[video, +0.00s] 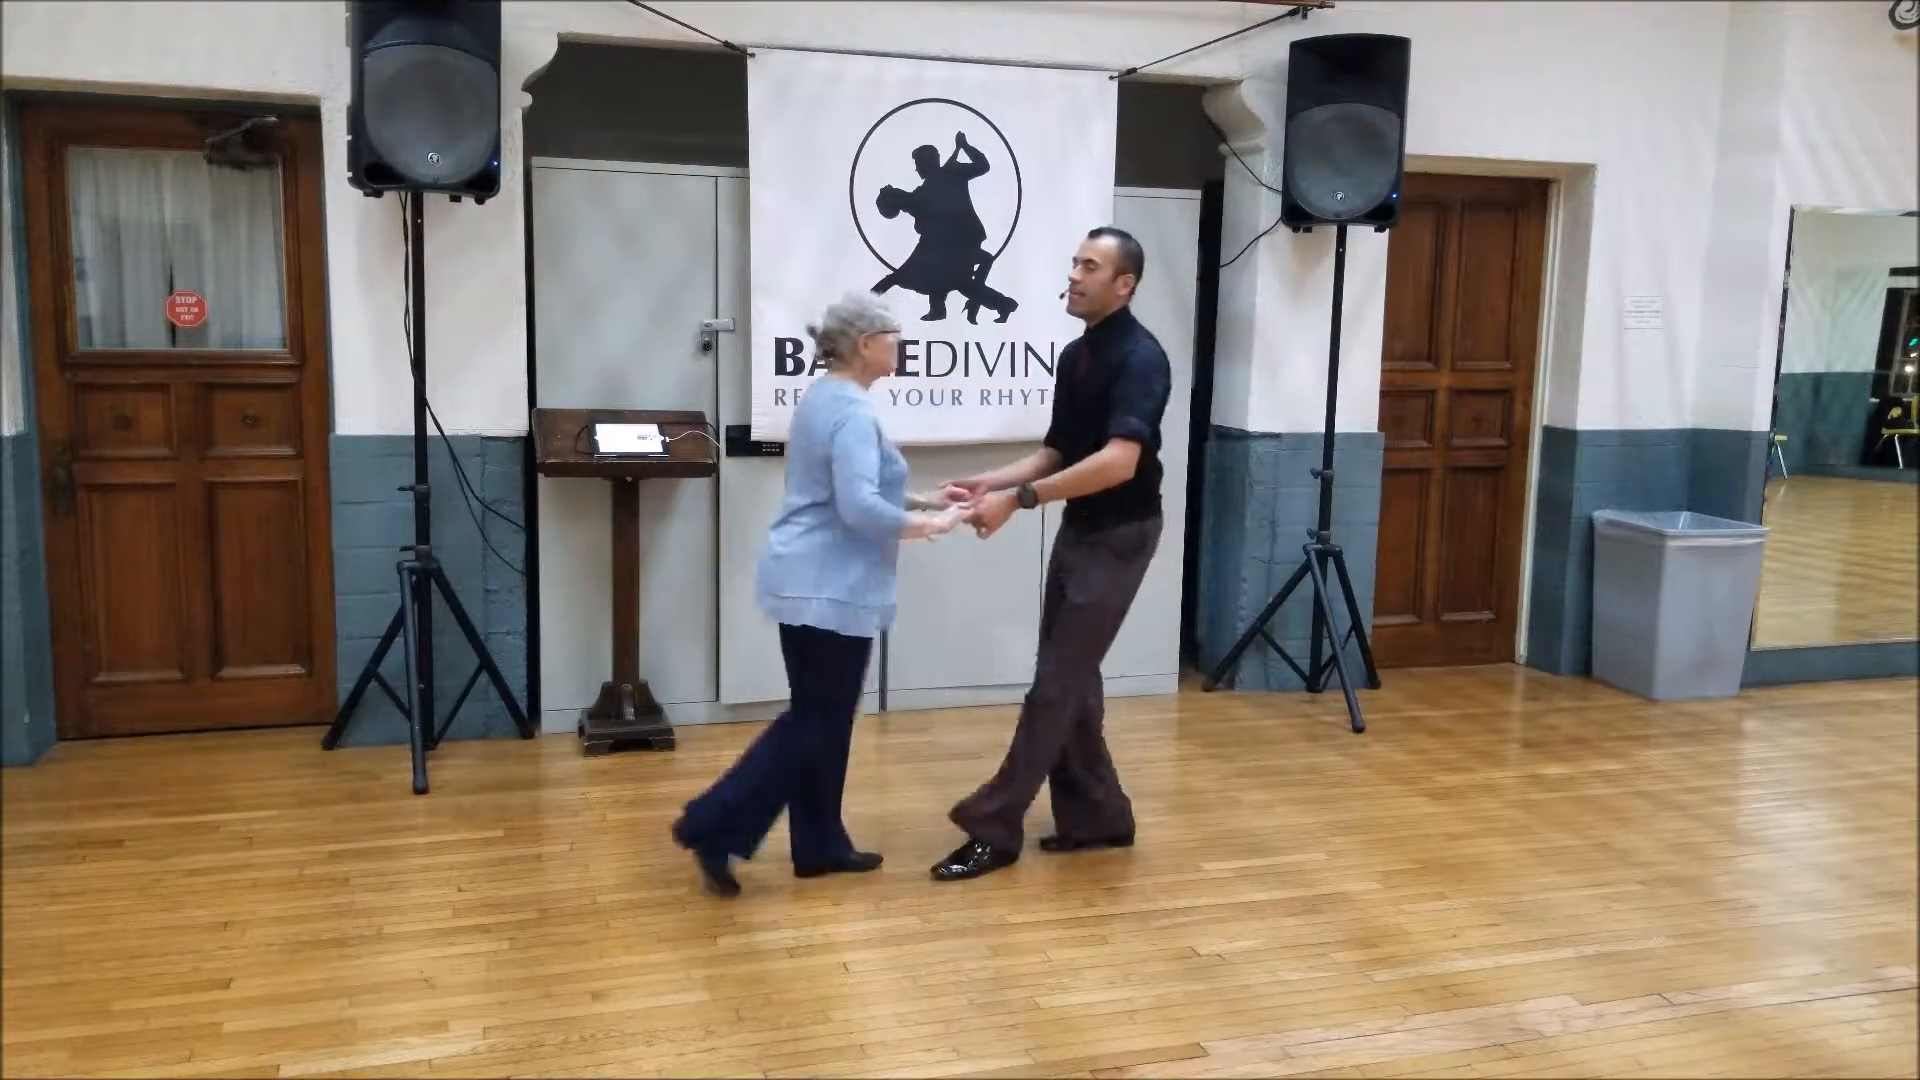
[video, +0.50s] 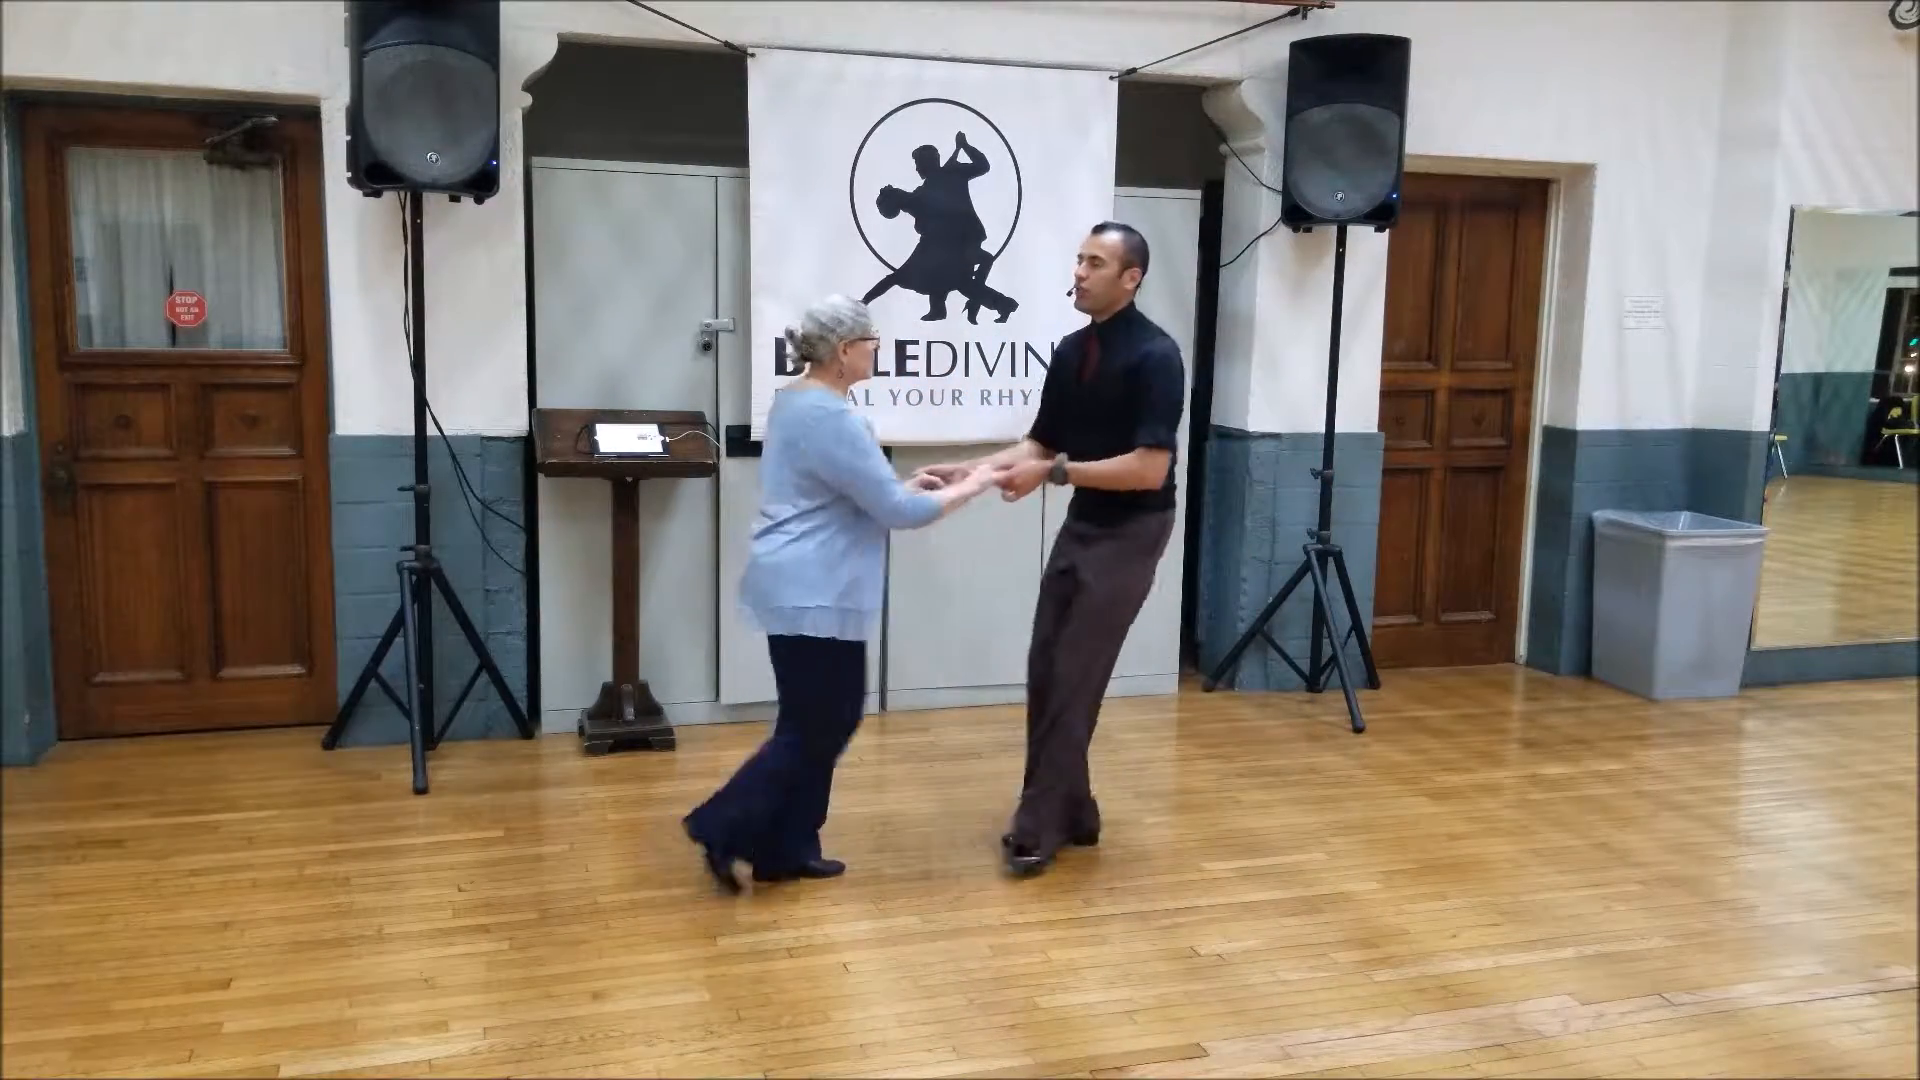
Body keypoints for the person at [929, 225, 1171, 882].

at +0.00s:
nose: (1073, 275)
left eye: (1088, 267)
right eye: (1075, 264)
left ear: (1125, 283)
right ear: (1081, 276)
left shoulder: (1140, 356)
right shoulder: (1078, 353)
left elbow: (1120, 461)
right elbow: (1057, 451)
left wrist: (1020, 497)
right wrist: (990, 482)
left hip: (1121, 532)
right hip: (1080, 525)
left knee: (1060, 674)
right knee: (1065, 672)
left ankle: (997, 830)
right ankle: (1097, 817)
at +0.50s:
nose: (1079, 272)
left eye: (1094, 265)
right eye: (1080, 261)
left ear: (1131, 277)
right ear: (1081, 269)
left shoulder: (1156, 355)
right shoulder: (1071, 351)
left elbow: (1152, 468)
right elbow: (1041, 446)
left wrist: (1056, 471)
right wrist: (966, 473)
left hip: (1132, 531)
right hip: (1082, 524)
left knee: (1074, 669)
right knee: (1047, 667)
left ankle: (1035, 829)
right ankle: (1074, 812)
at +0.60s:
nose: (1096, 266)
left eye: (1110, 258)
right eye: (1096, 255)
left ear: (1148, 270)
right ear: (1098, 264)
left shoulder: (1178, 348)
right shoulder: (1086, 349)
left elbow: (1183, 459)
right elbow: (1051, 447)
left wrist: (1083, 453)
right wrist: (974, 467)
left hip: (1151, 526)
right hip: (1098, 521)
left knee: (1095, 652)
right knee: (1062, 659)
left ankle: (1128, 817)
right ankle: (1060, 817)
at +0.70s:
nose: (1111, 269)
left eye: (1127, 259)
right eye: (1114, 257)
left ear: (1166, 270)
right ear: (1134, 267)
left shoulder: (1198, 347)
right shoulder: (1111, 345)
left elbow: (1210, 456)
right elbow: (1068, 441)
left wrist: (1113, 444)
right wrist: (973, 455)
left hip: (1169, 528)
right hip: (1117, 522)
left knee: (1144, 672)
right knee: (1084, 670)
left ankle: (1213, 816)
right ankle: (1071, 818)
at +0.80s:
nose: (1131, 273)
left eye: (1145, 265)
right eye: (1133, 262)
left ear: (1185, 278)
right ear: (1156, 277)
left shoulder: (1217, 353)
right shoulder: (1136, 353)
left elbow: (1230, 463)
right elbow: (1091, 443)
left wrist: (1134, 445)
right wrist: (987, 458)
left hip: (1201, 536)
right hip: (1147, 530)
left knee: (1198, 684)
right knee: (1107, 670)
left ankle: (1263, 821)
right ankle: (1076, 814)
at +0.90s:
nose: (1144, 279)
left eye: (1159, 270)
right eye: (1147, 267)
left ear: (1198, 282)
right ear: (1173, 279)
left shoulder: (1232, 355)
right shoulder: (1160, 355)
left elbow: (1239, 470)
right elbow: (1118, 441)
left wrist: (1141, 460)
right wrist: (1076, 463)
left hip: (1238, 533)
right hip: (1187, 528)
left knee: (1232, 678)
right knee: (1143, 662)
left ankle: (1272, 825)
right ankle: (1090, 805)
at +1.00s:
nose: (1159, 289)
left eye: (1172, 280)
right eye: (1161, 278)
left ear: (1209, 289)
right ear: (1194, 289)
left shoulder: (1246, 361)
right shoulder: (1192, 355)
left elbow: (1236, 478)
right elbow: (1163, 447)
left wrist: (1147, 481)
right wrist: (1114, 481)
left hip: (1267, 535)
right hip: (1218, 533)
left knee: (1256, 680)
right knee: (1171, 658)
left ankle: (1266, 833)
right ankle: (1183, 804)